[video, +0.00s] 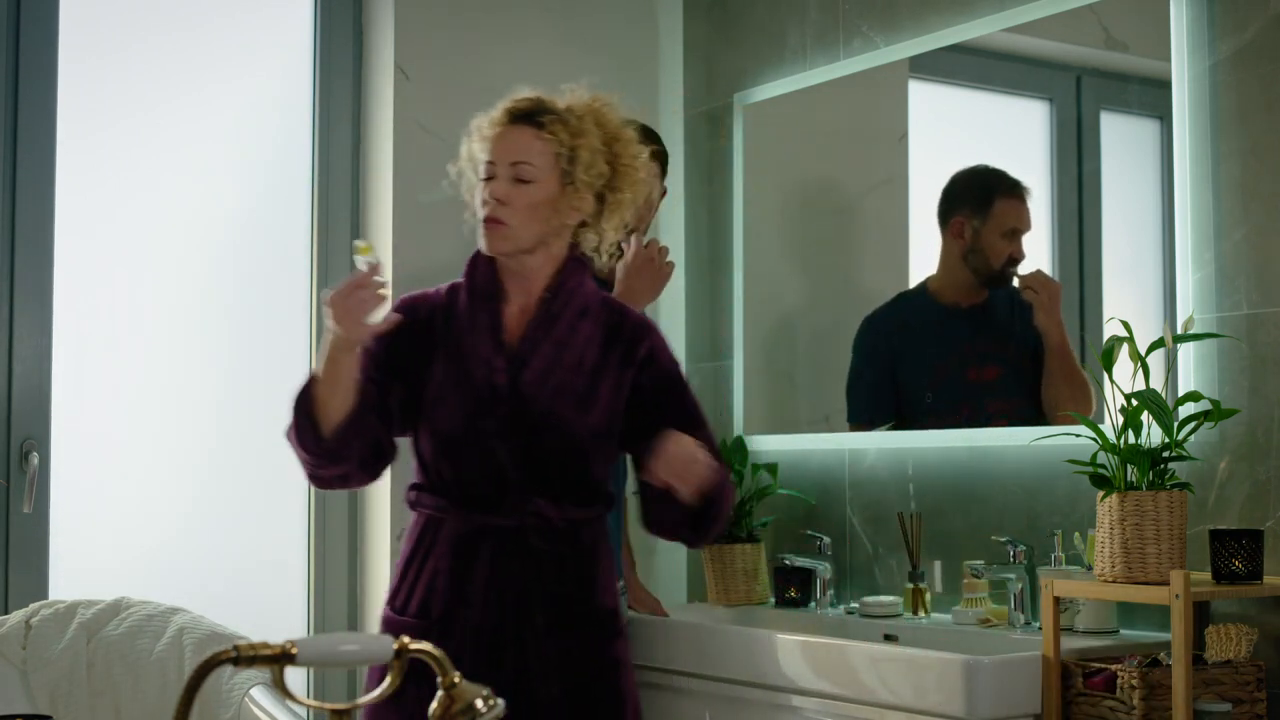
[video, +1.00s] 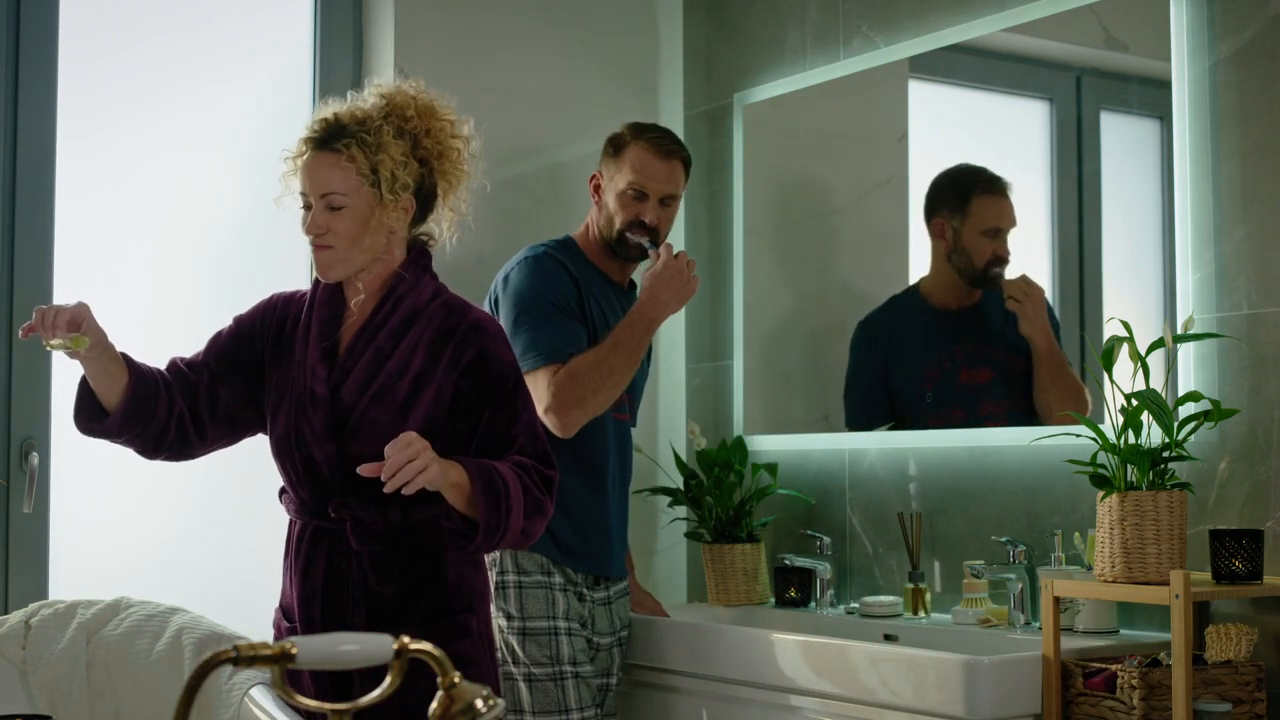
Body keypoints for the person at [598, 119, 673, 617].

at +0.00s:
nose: (661, 197)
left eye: (662, 183)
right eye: (654, 181)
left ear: (655, 193)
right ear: (620, 185)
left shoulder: (615, 277)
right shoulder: (559, 277)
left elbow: (612, 445)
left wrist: (629, 574)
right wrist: (626, 302)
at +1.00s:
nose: (650, 217)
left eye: (666, 202)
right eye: (636, 196)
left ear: (678, 206)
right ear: (597, 187)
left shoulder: (630, 301)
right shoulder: (537, 273)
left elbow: (609, 453)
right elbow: (560, 408)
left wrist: (625, 581)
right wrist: (652, 309)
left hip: (600, 578)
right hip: (535, 569)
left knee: (589, 710)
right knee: (554, 712)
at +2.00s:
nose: (721, 250)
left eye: (728, 235)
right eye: (716, 226)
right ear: (664, 204)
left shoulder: (631, 303)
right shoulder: (573, 273)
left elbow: (597, 467)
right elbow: (598, 413)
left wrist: (623, 581)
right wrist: (697, 341)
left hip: (597, 574)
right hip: (545, 568)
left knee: (591, 706)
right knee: (564, 710)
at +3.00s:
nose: (652, 197)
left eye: (665, 182)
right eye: (634, 178)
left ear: (676, 189)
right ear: (592, 182)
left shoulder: (633, 302)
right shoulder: (534, 279)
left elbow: (605, 452)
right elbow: (505, 415)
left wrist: (620, 571)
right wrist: (635, 394)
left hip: (602, 573)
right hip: (538, 565)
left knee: (591, 709)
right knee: (566, 711)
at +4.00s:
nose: (602, 193)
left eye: (629, 181)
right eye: (595, 170)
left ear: (669, 188)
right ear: (581, 157)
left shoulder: (680, 302)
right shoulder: (500, 267)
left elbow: (696, 460)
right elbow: (447, 405)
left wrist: (716, 596)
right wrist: (535, 416)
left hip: (601, 577)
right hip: (498, 563)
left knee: (592, 710)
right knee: (502, 713)